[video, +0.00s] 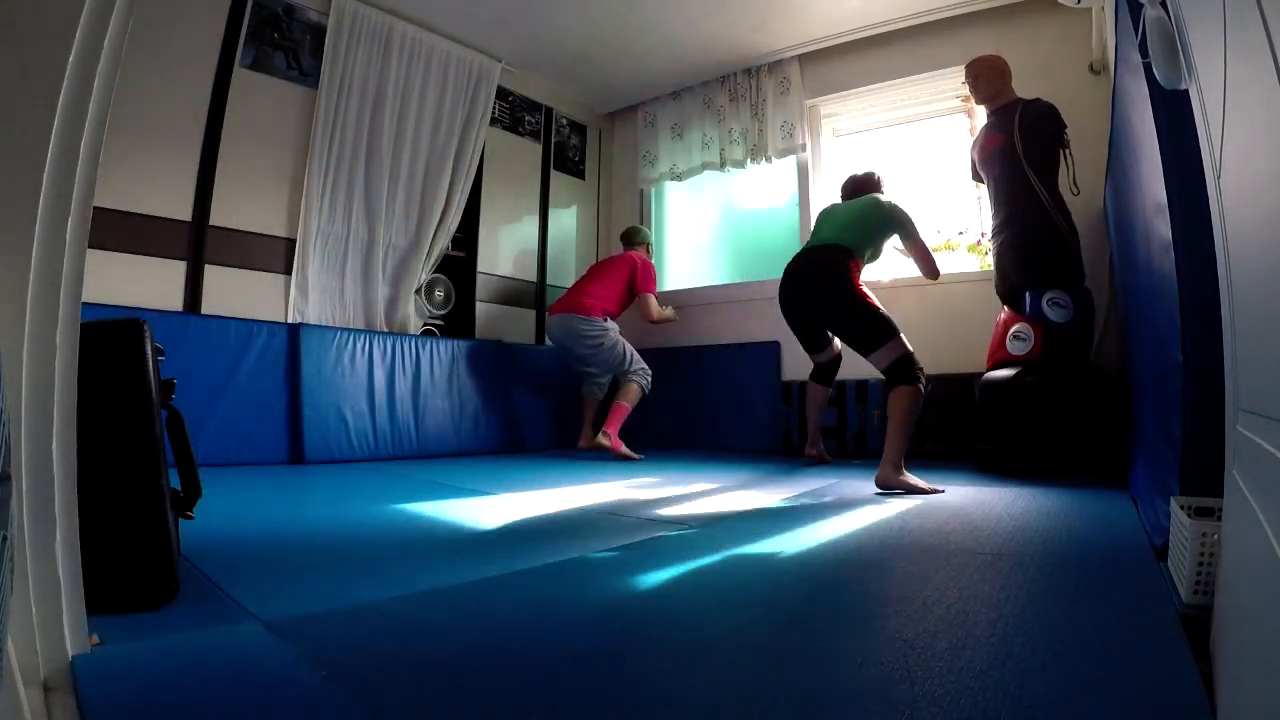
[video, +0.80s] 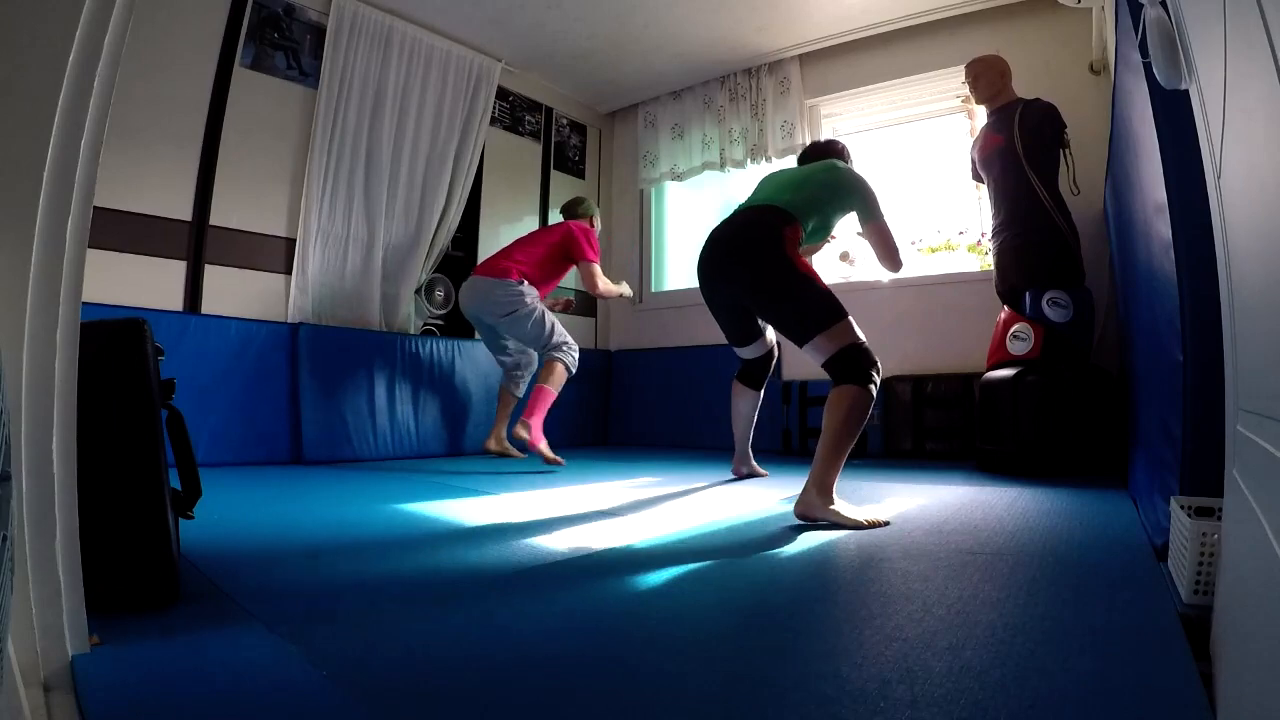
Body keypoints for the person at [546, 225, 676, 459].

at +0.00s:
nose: (651, 254)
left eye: (650, 251)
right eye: (651, 250)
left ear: (624, 247)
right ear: (647, 248)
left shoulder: (607, 262)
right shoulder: (641, 262)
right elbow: (652, 314)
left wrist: (650, 302)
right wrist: (668, 314)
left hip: (556, 319)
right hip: (587, 320)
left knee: (598, 374)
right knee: (638, 372)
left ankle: (586, 435)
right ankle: (610, 433)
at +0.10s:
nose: (649, 247)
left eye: (649, 244)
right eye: (649, 244)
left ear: (621, 242)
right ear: (645, 242)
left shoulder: (602, 257)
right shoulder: (642, 257)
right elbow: (653, 309)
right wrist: (668, 310)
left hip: (554, 314)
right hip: (587, 316)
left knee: (592, 370)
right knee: (636, 373)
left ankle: (586, 435)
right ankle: (608, 437)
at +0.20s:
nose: (645, 240)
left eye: (645, 238)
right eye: (645, 237)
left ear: (616, 234)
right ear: (641, 235)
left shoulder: (597, 248)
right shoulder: (638, 249)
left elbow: (577, 278)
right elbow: (651, 300)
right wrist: (668, 304)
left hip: (547, 303)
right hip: (583, 304)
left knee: (584, 364)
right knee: (627, 368)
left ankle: (584, 431)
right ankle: (607, 439)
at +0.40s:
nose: (632, 238)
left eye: (632, 235)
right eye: (632, 234)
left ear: (602, 231)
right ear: (627, 232)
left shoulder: (587, 244)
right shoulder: (622, 245)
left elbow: (562, 278)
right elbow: (637, 297)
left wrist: (588, 306)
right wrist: (657, 298)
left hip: (526, 299)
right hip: (561, 298)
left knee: (568, 362)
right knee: (613, 357)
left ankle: (552, 437)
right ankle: (587, 424)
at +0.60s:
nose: (617, 231)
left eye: (616, 228)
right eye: (616, 227)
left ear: (584, 223)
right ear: (611, 225)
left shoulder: (568, 236)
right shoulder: (608, 237)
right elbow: (622, 292)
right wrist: (641, 294)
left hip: (503, 289)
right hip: (539, 290)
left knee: (549, 363)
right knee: (584, 362)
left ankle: (546, 434)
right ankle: (557, 437)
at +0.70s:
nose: (608, 229)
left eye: (608, 225)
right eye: (608, 225)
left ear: (578, 219)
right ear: (602, 221)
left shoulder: (561, 232)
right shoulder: (594, 231)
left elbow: (529, 271)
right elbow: (612, 287)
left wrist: (556, 304)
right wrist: (630, 290)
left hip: (487, 285)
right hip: (522, 287)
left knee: (541, 352)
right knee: (575, 351)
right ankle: (557, 436)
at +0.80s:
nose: (598, 229)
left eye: (597, 224)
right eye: (598, 224)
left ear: (568, 219)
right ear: (593, 220)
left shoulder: (547, 233)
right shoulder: (580, 231)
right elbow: (597, 286)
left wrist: (548, 302)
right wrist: (621, 289)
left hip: (472, 290)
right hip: (504, 290)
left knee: (522, 360)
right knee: (564, 349)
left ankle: (497, 437)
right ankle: (532, 423)